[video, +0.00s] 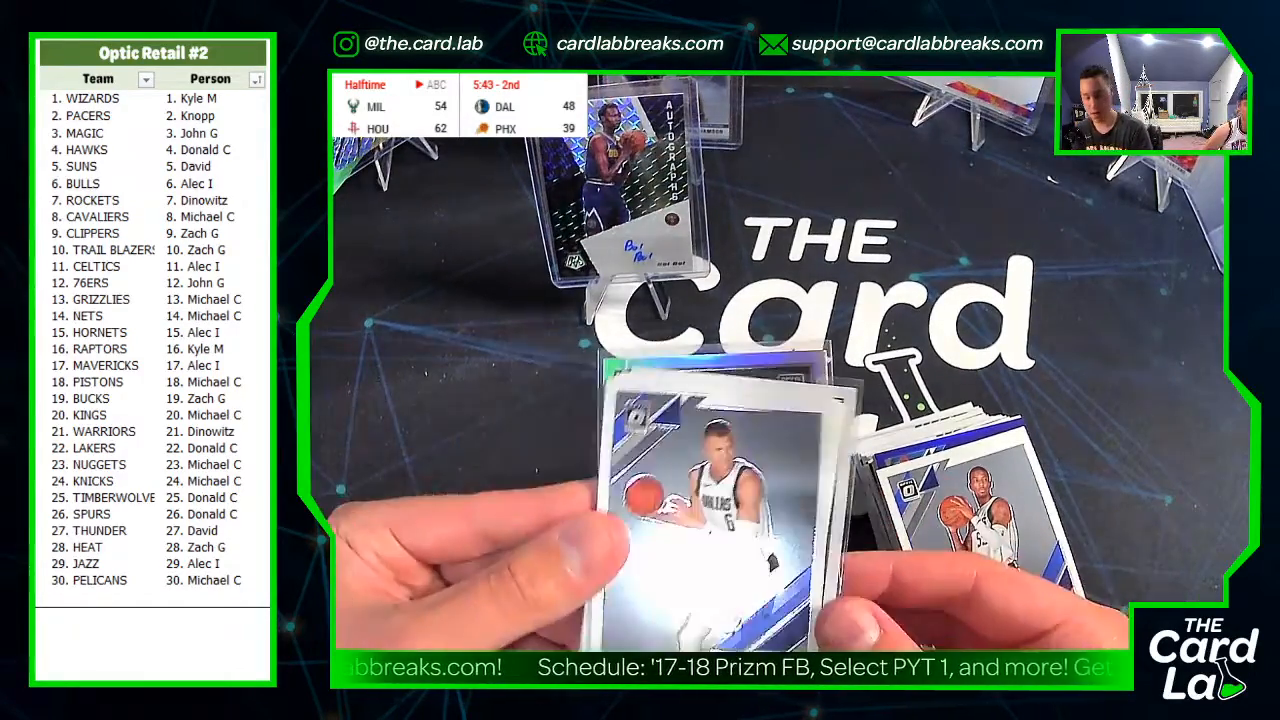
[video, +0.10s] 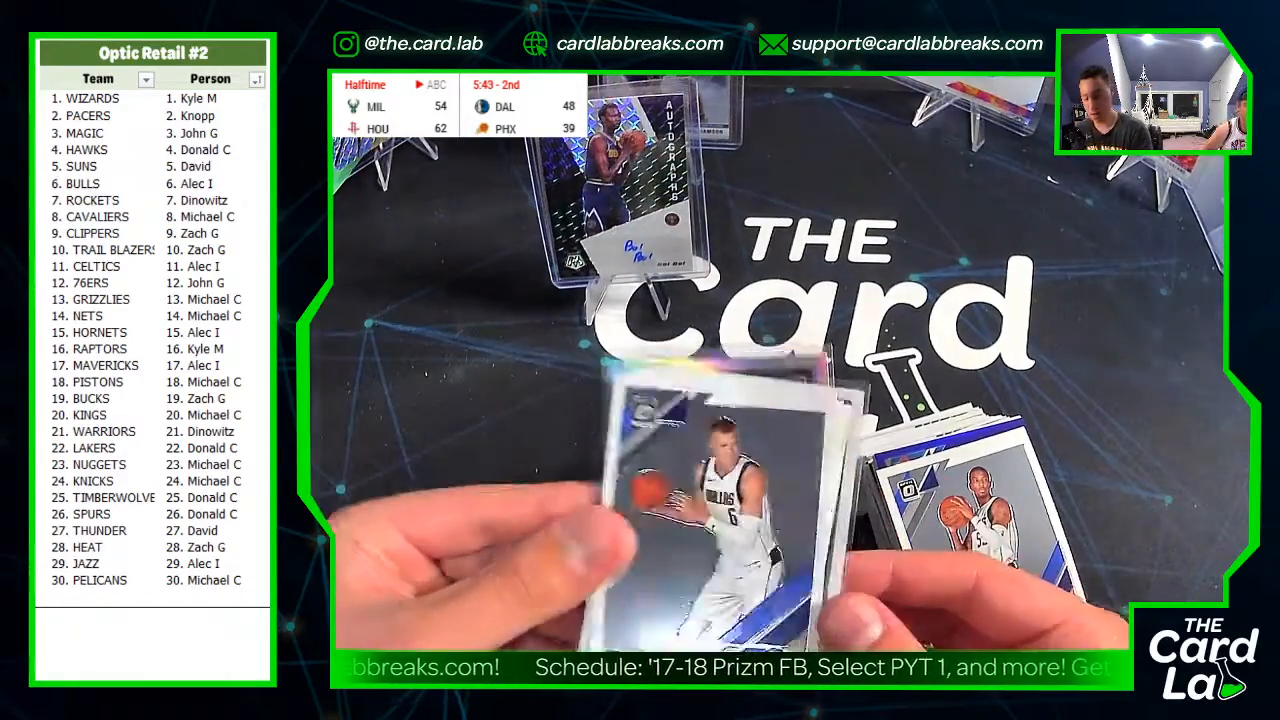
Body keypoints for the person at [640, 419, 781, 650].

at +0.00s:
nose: (725, 455)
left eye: (729, 448)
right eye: (718, 449)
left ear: (734, 446)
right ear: (706, 450)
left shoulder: (748, 480)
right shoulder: (697, 475)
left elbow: (746, 538)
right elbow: (698, 522)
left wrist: (693, 521)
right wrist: (660, 515)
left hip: (756, 566)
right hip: (719, 560)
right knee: (688, 636)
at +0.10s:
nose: (730, 451)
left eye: (734, 444)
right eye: (724, 446)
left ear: (739, 444)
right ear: (711, 447)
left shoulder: (752, 476)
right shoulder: (703, 471)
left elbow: (746, 536)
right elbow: (704, 515)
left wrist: (704, 518)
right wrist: (666, 508)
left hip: (761, 569)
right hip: (728, 568)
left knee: (757, 637)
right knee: (692, 634)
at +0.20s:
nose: (744, 455)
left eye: (747, 449)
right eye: (738, 451)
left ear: (752, 449)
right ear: (726, 452)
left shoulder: (765, 480)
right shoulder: (718, 475)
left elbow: (761, 538)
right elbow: (717, 518)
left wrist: (718, 521)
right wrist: (676, 513)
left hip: (774, 569)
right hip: (743, 567)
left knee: (773, 632)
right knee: (705, 629)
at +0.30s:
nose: (749, 446)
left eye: (754, 440)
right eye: (743, 440)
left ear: (762, 441)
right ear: (735, 442)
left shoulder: (776, 470)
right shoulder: (727, 466)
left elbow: (772, 528)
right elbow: (724, 507)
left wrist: (730, 512)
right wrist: (680, 503)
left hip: (788, 563)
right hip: (754, 561)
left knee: (796, 626)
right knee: (716, 622)